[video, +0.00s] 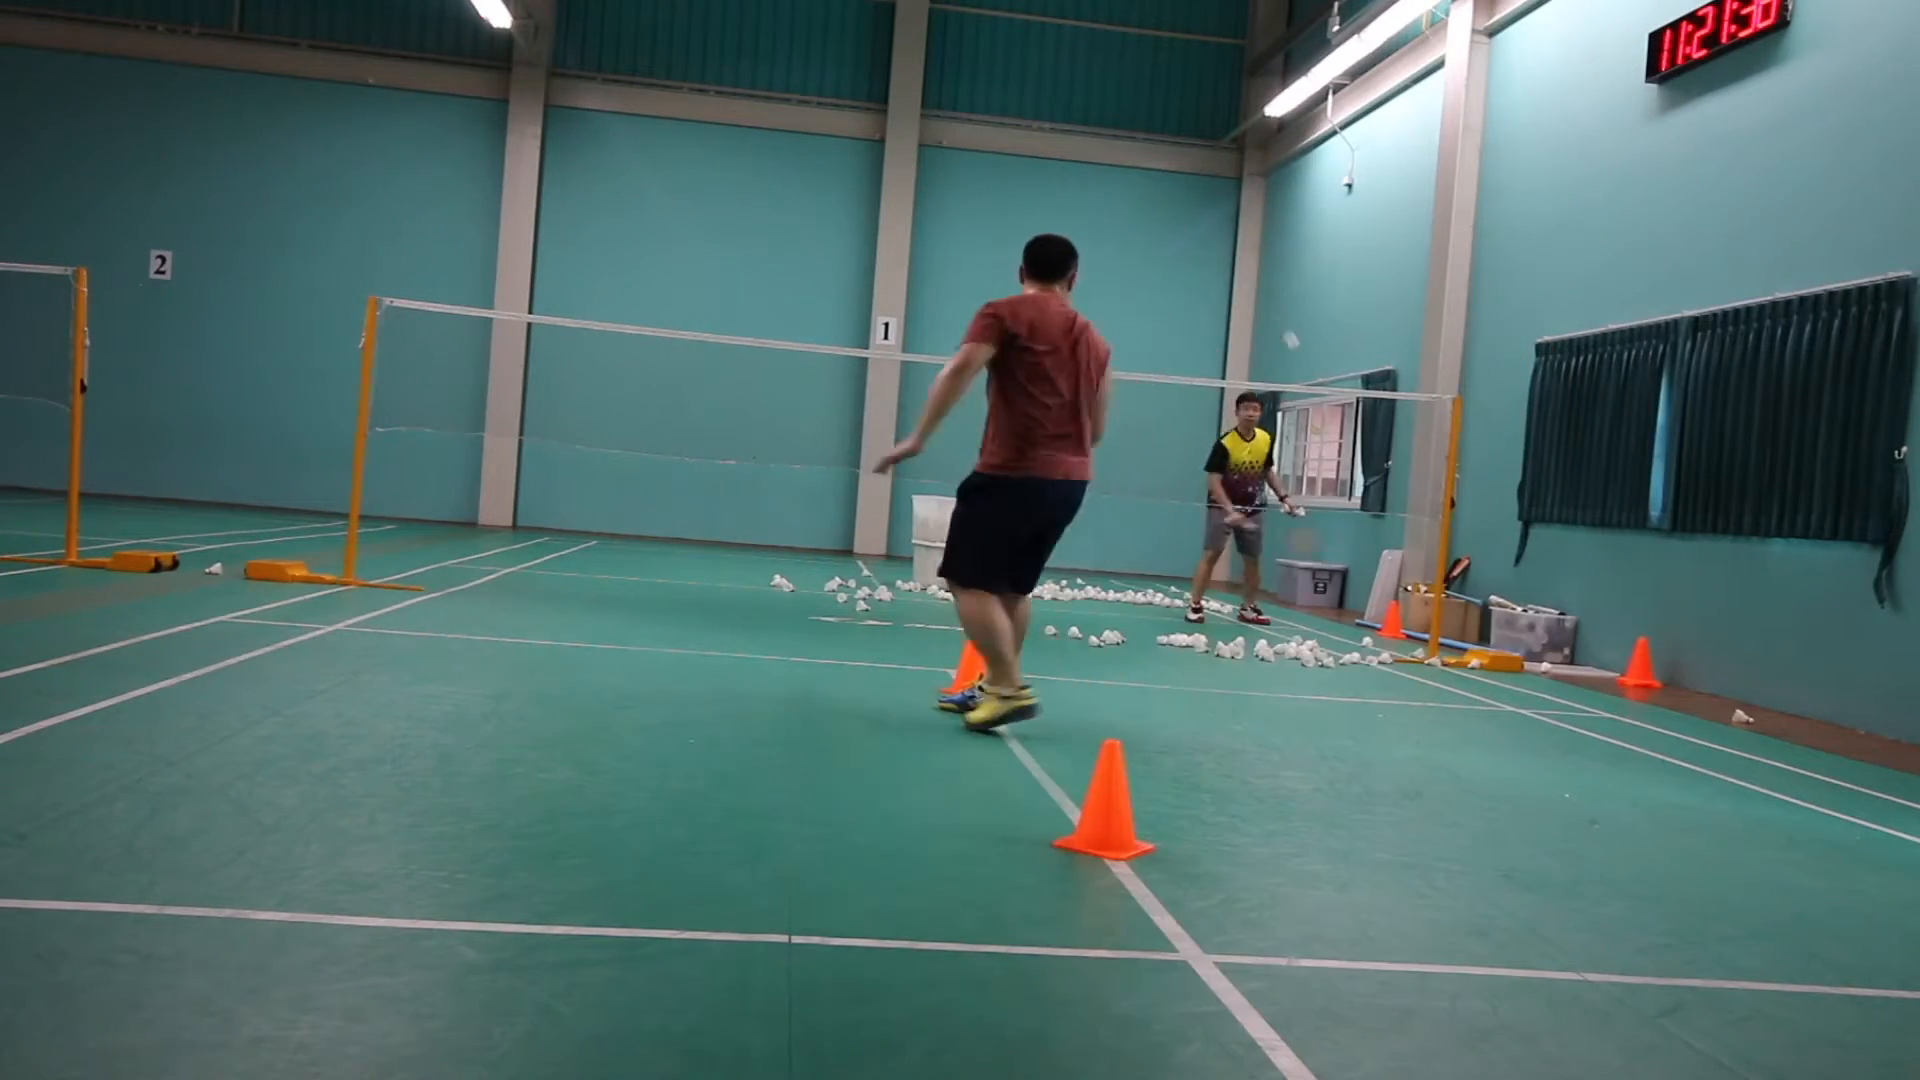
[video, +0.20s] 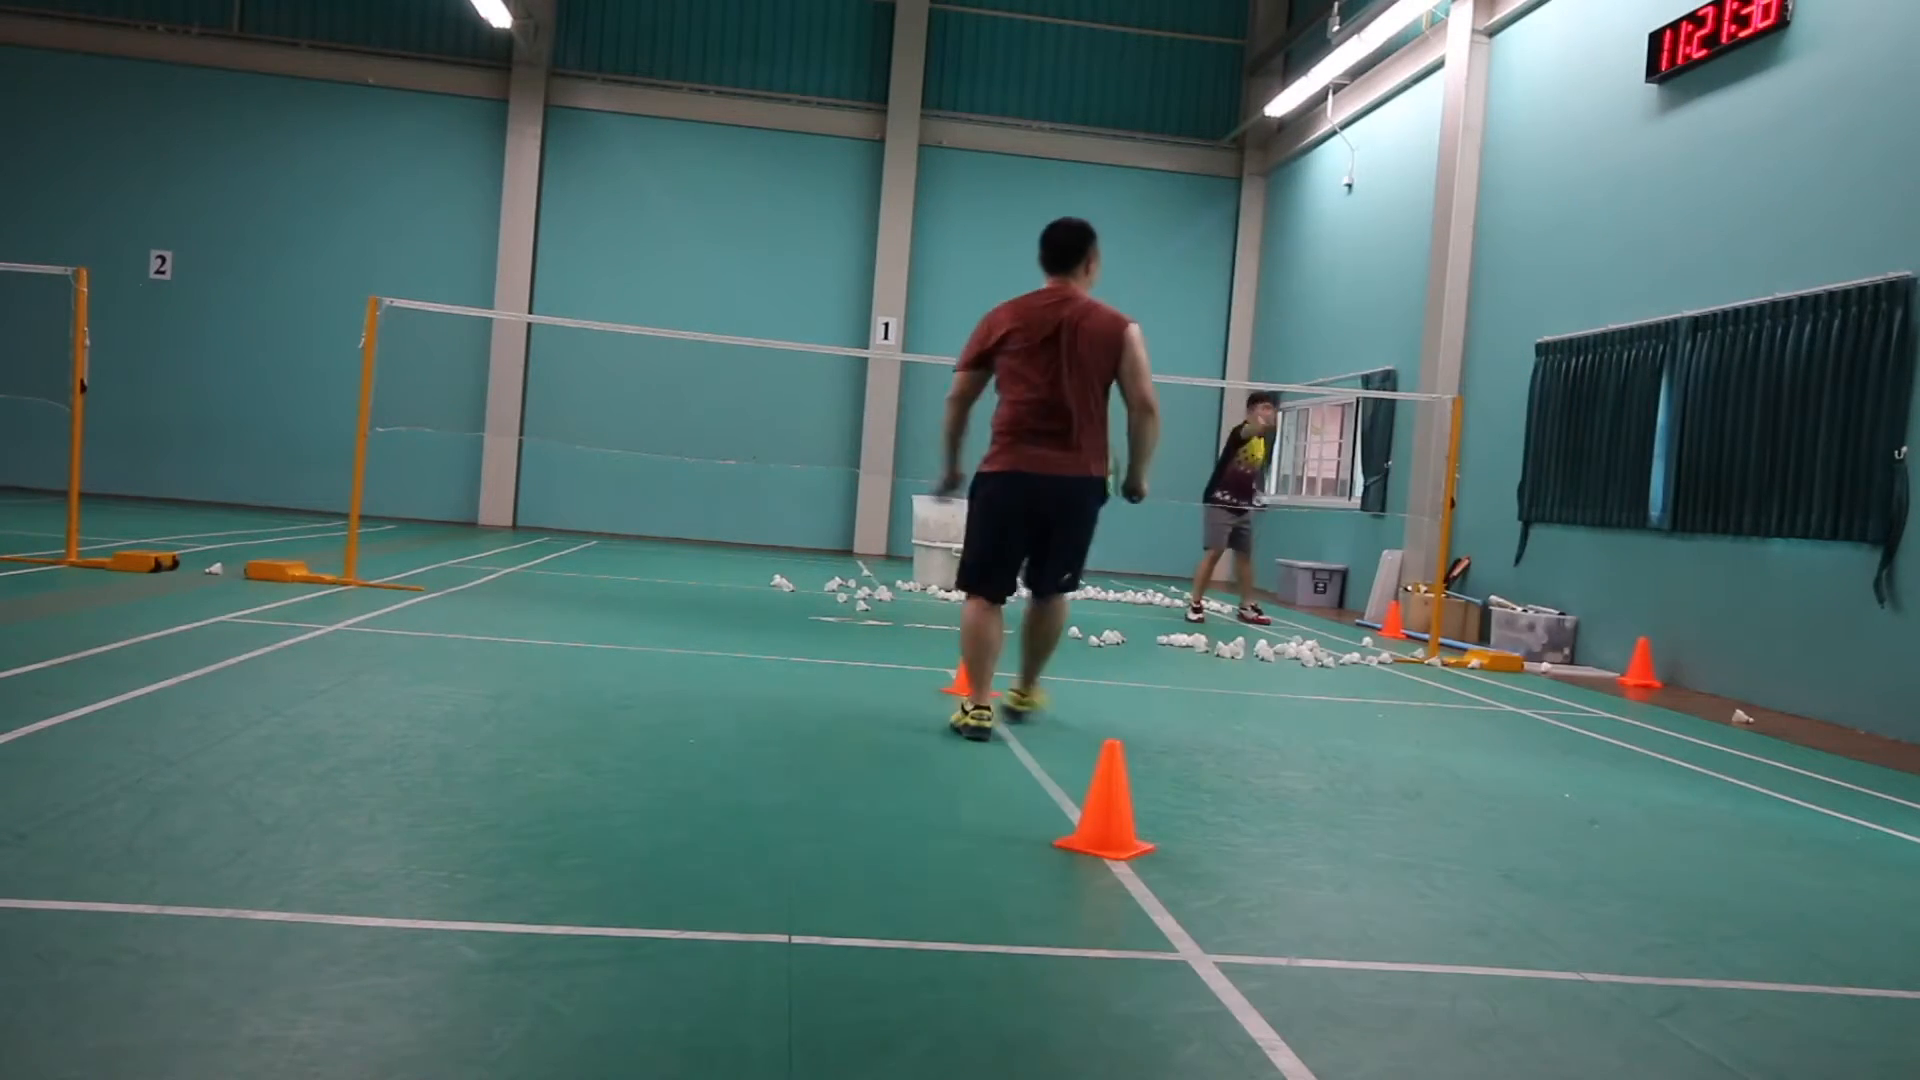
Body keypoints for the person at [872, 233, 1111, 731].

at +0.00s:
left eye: (1023, 276)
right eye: (1073, 278)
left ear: (1023, 274)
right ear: (1072, 279)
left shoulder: (1004, 313)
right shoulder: (1094, 342)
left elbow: (963, 367)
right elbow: (1096, 427)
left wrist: (919, 438)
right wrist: (1068, 454)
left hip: (1010, 474)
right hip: (1068, 480)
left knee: (967, 579)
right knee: (1016, 585)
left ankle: (1009, 687)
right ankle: (995, 688)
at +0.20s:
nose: (1098, 267)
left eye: (1095, 260)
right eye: (1098, 260)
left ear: (1043, 263)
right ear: (1090, 263)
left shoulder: (1004, 317)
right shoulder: (1116, 327)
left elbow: (960, 396)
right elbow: (1143, 405)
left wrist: (951, 465)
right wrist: (1137, 473)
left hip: (1005, 479)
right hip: (1076, 486)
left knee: (985, 592)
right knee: (1051, 588)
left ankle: (978, 706)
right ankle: (1025, 690)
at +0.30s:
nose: (1135, 253)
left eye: (1132, 244)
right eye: (1133, 245)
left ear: (1079, 251)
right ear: (1126, 250)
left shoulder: (1036, 307)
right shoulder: (1142, 316)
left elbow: (1010, 389)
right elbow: (1157, 397)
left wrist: (1030, 439)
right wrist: (1155, 474)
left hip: (1029, 473)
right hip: (1103, 480)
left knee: (1001, 592)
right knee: (1116, 593)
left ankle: (977, 706)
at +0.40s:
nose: (1175, 265)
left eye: (1170, 255)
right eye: (1171, 257)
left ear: (1118, 267)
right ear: (1164, 265)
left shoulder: (1077, 326)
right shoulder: (1171, 334)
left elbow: (1056, 405)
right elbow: (1181, 415)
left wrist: (1091, 443)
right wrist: (1204, 498)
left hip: (1057, 499)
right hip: (1135, 507)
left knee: (1016, 599)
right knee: (1188, 613)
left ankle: (978, 708)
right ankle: (1197, 733)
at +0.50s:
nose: (1255, 252)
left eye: (1250, 243)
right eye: (1251, 245)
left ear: (1195, 263)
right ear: (1241, 258)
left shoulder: (1165, 328)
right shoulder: (1240, 326)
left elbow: (1157, 414)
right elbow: (1248, 411)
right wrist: (1288, 483)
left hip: (1148, 501)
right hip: (1217, 510)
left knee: (1107, 601)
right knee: (1261, 628)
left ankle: (1012, 689)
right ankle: (1204, 748)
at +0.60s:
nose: (1327, 220)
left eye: (1321, 210)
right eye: (1319, 213)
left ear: (1266, 233)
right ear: (1307, 227)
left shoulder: (1248, 291)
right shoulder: (1297, 296)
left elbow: (1236, 384)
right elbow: (1295, 380)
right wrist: (1349, 454)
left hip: (1212, 470)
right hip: (1257, 481)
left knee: (1220, 601)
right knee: (1264, 615)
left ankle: (1137, 688)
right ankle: (1203, 747)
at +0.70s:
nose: (1418, 229)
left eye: (1412, 220)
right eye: (1409, 222)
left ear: (1365, 243)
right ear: (1395, 238)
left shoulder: (1351, 297)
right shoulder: (1376, 303)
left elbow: (1386, 357)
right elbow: (1384, 372)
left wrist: (1453, 336)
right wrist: (1457, 422)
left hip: (1328, 498)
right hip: (1310, 498)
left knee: (1380, 612)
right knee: (1272, 624)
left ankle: (1373, 757)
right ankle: (1201, 748)